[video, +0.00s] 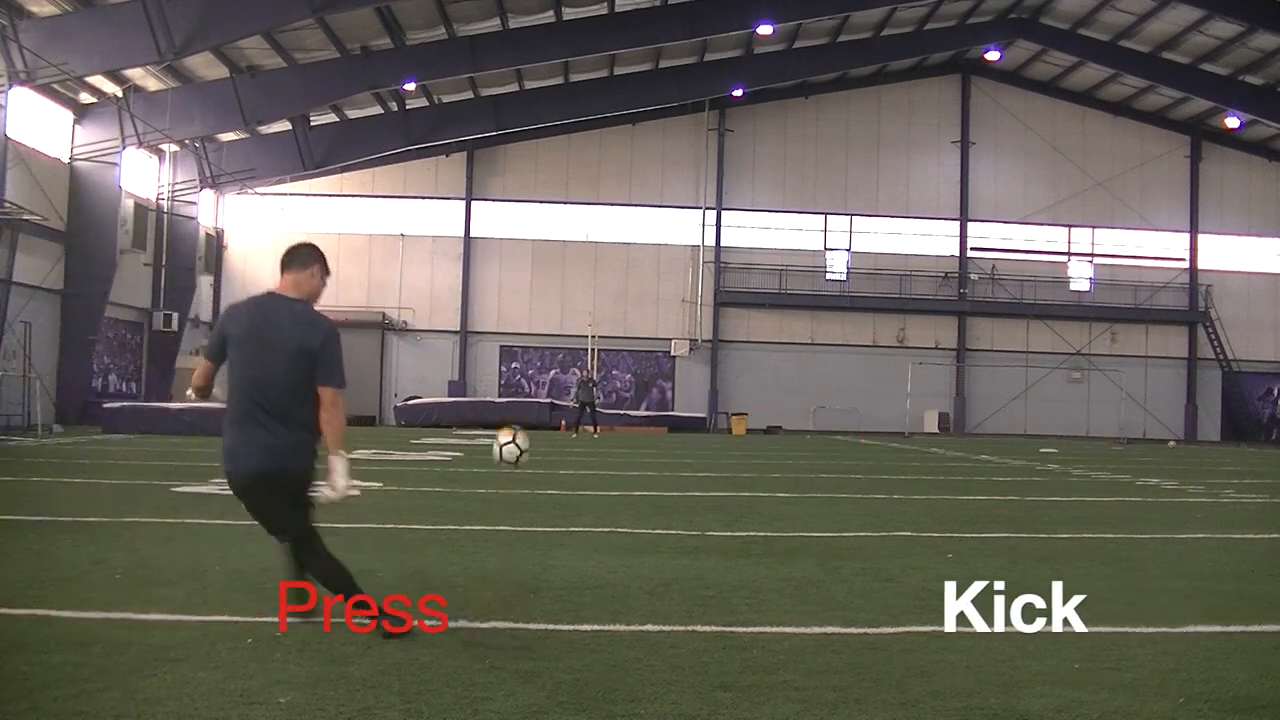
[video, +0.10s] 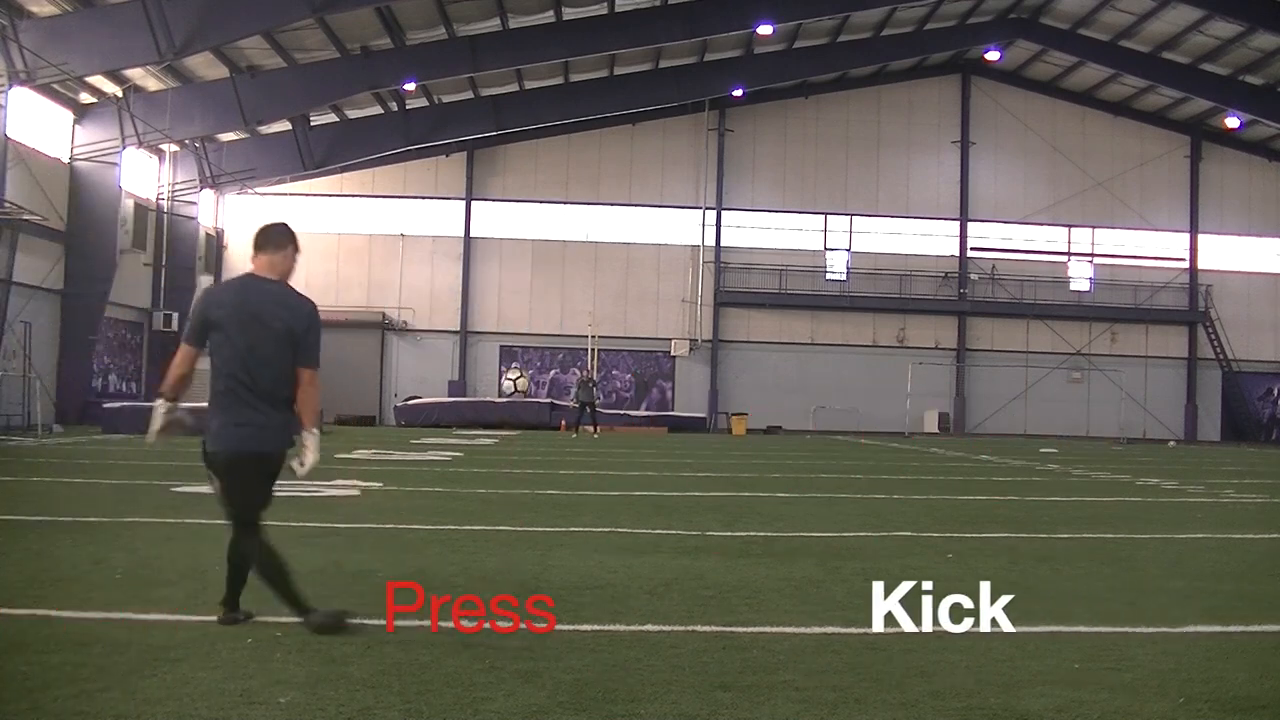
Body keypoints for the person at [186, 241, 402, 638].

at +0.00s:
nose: (322, 291)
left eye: (324, 283)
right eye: (324, 281)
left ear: (283, 271)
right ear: (313, 273)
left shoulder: (236, 314)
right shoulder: (320, 329)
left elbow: (201, 379)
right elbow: (329, 400)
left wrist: (200, 391)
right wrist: (337, 458)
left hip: (241, 458)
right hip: (293, 458)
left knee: (304, 542)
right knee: (293, 533)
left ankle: (369, 610)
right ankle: (298, 603)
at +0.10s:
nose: (295, 263)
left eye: (294, 256)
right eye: (295, 256)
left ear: (255, 253)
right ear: (289, 254)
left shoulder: (214, 297)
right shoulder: (301, 309)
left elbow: (183, 365)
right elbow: (307, 381)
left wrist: (164, 405)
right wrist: (310, 433)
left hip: (224, 436)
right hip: (273, 437)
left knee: (249, 529)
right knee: (245, 523)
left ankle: (306, 612)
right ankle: (231, 606)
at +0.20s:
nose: (241, 246)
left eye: (219, 237)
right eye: (255, 237)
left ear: (218, 237)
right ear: (258, 238)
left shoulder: (197, 287)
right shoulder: (279, 294)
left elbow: (158, 352)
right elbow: (288, 363)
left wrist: (115, 397)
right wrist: (291, 412)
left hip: (211, 427)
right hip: (258, 428)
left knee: (173, 505)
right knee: (241, 516)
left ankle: (223, 593)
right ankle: (232, 598)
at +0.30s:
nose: (211, 229)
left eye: (193, 225)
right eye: (221, 220)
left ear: (188, 225)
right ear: (225, 223)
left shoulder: (173, 277)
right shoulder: (253, 279)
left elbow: (136, 339)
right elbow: (265, 346)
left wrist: (77, 382)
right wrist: (270, 378)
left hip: (186, 417)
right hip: (237, 419)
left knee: (132, 488)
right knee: (231, 514)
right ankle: (231, 605)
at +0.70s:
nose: (98, 210)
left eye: (90, 203)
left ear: (89, 205)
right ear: (131, 205)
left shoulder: (75, 264)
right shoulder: (160, 264)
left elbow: (58, 334)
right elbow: (169, 331)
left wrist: (27, 389)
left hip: (82, 408)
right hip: (140, 408)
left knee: (65, 511)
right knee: (163, 495)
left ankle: (54, 615)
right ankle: (146, 603)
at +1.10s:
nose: (101, 206)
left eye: (66, 196)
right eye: (107, 198)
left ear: (62, 200)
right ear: (107, 202)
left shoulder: (30, 259)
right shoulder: (122, 267)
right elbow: (137, 342)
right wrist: (144, 392)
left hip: (29, 405)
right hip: (79, 409)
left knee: (38, 511)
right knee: (52, 515)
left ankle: (47, 613)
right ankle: (27, 630)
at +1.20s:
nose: (110, 204)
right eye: (110, 197)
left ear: (62, 196)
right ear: (107, 200)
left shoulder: (25, 251)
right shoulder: (114, 263)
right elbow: (134, 338)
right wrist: (149, 396)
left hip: (18, 402)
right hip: (69, 406)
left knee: (34, 509)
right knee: (46, 515)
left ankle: (43, 609)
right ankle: (28, 630)